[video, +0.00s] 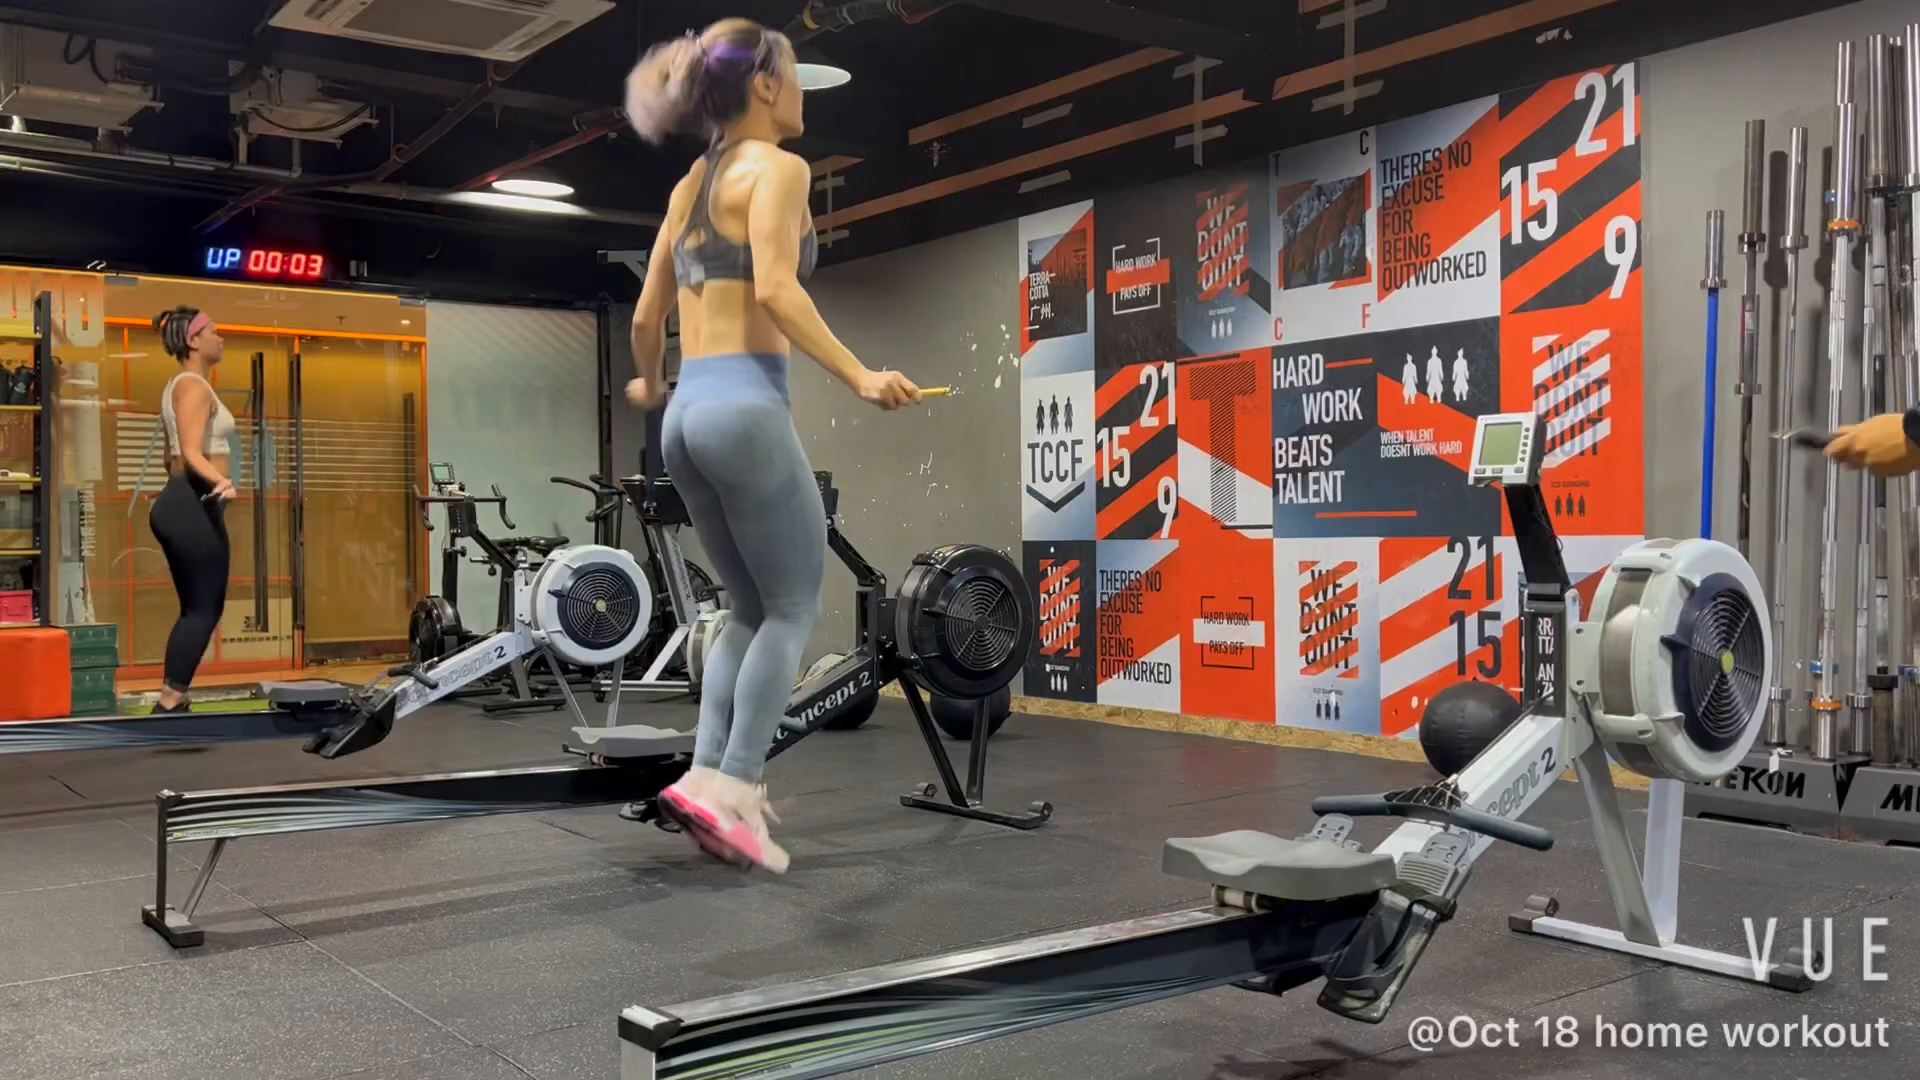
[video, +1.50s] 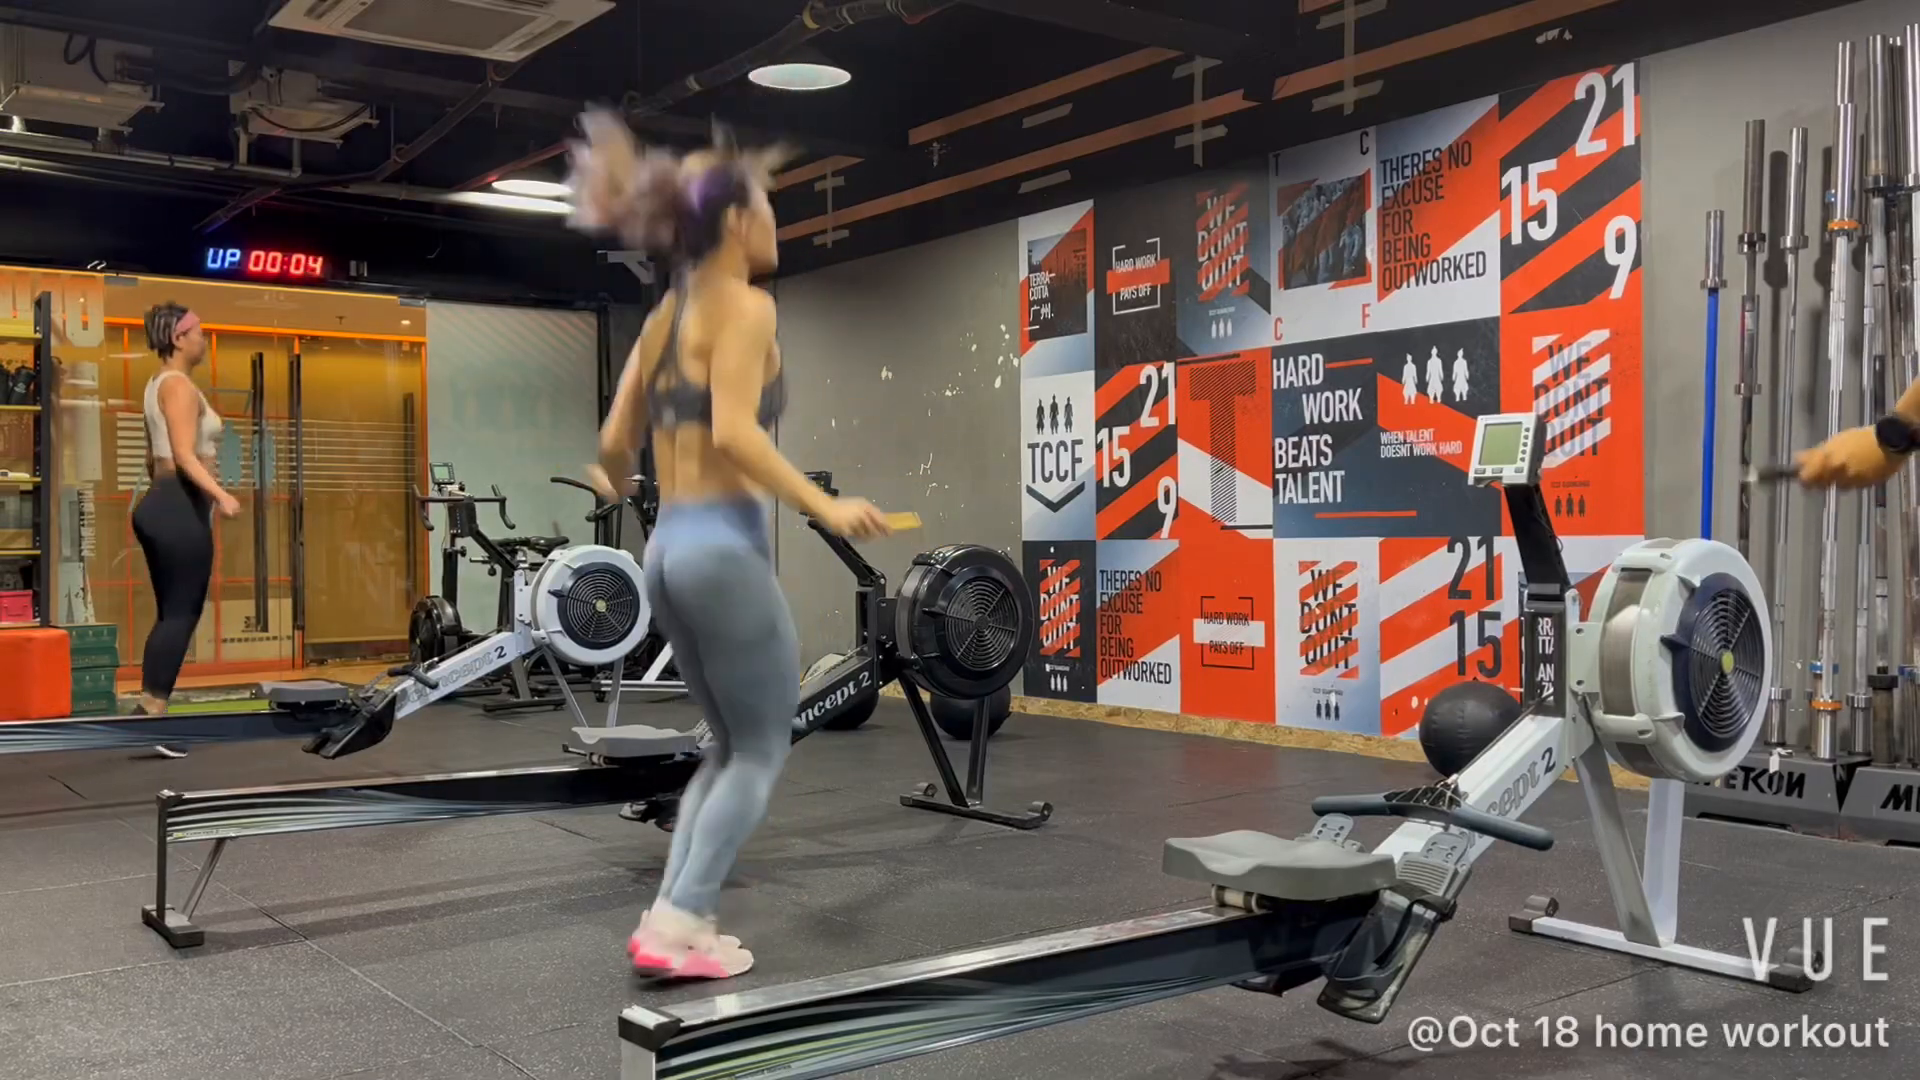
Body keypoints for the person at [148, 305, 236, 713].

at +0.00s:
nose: (221, 336)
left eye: (217, 329)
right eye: (213, 331)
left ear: (191, 343)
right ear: (194, 342)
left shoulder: (179, 385)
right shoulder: (193, 385)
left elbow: (174, 460)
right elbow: (190, 453)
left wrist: (207, 484)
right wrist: (220, 481)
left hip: (179, 501)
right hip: (190, 503)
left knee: (196, 608)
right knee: (205, 607)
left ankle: (173, 697)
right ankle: (172, 698)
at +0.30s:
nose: (214, 329)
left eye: (210, 323)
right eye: (206, 325)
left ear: (184, 337)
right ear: (188, 336)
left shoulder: (173, 381)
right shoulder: (192, 380)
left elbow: (168, 454)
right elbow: (194, 447)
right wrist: (221, 486)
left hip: (173, 494)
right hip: (189, 494)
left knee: (188, 603)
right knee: (198, 603)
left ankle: (173, 697)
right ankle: (175, 698)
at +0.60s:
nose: (215, 358)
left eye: (211, 349)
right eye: (210, 350)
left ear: (184, 359)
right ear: (193, 357)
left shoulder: (167, 405)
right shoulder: (191, 406)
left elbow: (175, 475)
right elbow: (197, 473)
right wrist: (243, 501)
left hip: (169, 520)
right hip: (190, 522)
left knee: (194, 627)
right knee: (206, 627)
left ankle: (166, 713)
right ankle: (168, 715)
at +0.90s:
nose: (211, 359)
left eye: (208, 351)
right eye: (206, 352)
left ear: (178, 358)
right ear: (187, 356)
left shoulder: (163, 404)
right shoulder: (184, 404)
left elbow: (176, 476)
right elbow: (191, 474)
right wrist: (240, 487)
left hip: (166, 523)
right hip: (184, 525)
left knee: (193, 628)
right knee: (214, 626)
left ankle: (158, 714)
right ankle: (166, 717)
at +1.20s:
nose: (206, 330)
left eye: (203, 323)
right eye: (199, 324)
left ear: (173, 332)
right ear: (180, 331)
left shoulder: (159, 378)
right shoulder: (179, 378)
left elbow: (158, 452)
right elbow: (179, 447)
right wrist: (217, 476)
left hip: (161, 494)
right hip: (178, 495)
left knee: (180, 603)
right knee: (193, 601)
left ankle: (159, 696)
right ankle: (158, 698)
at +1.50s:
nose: (205, 338)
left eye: (202, 331)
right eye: (199, 332)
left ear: (172, 340)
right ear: (179, 339)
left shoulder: (160, 385)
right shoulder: (178, 385)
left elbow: (160, 460)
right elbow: (183, 454)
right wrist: (220, 494)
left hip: (162, 501)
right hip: (179, 502)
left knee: (172, 611)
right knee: (182, 612)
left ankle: (152, 706)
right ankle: (154, 708)